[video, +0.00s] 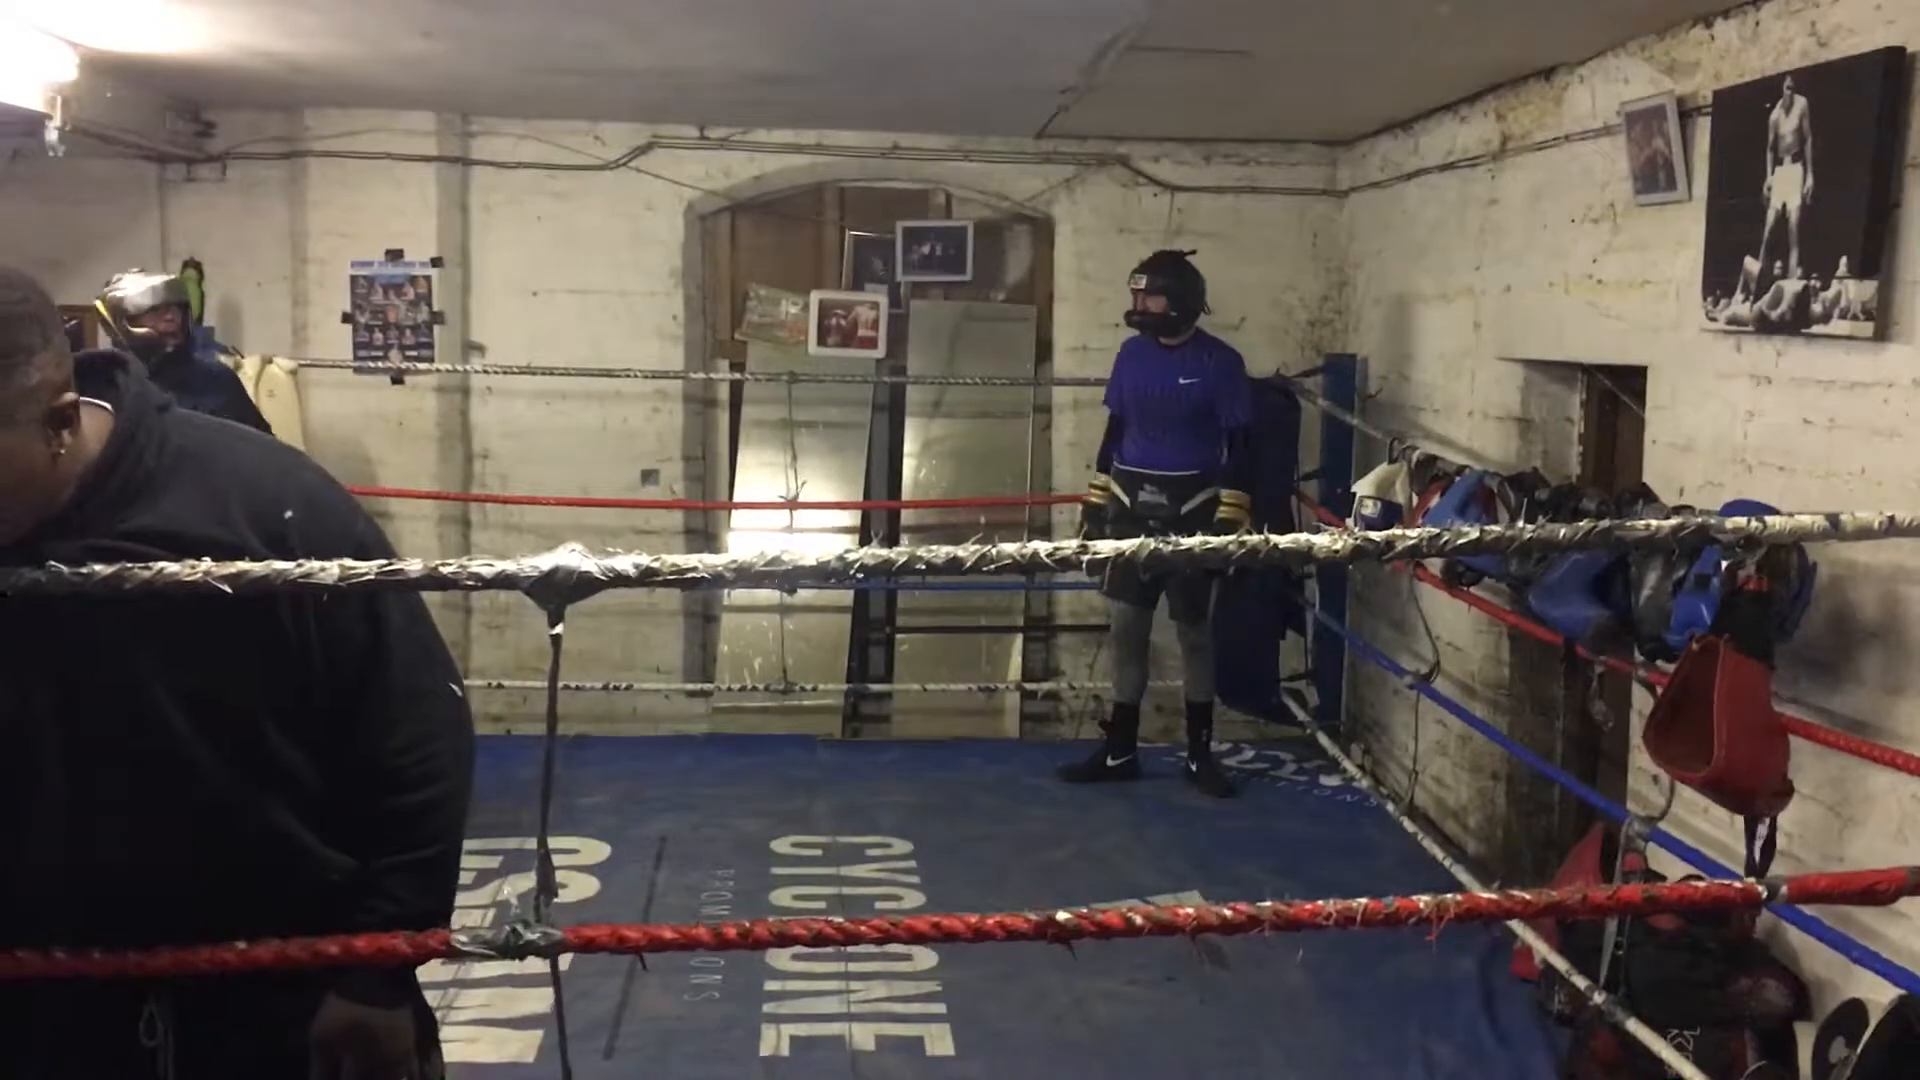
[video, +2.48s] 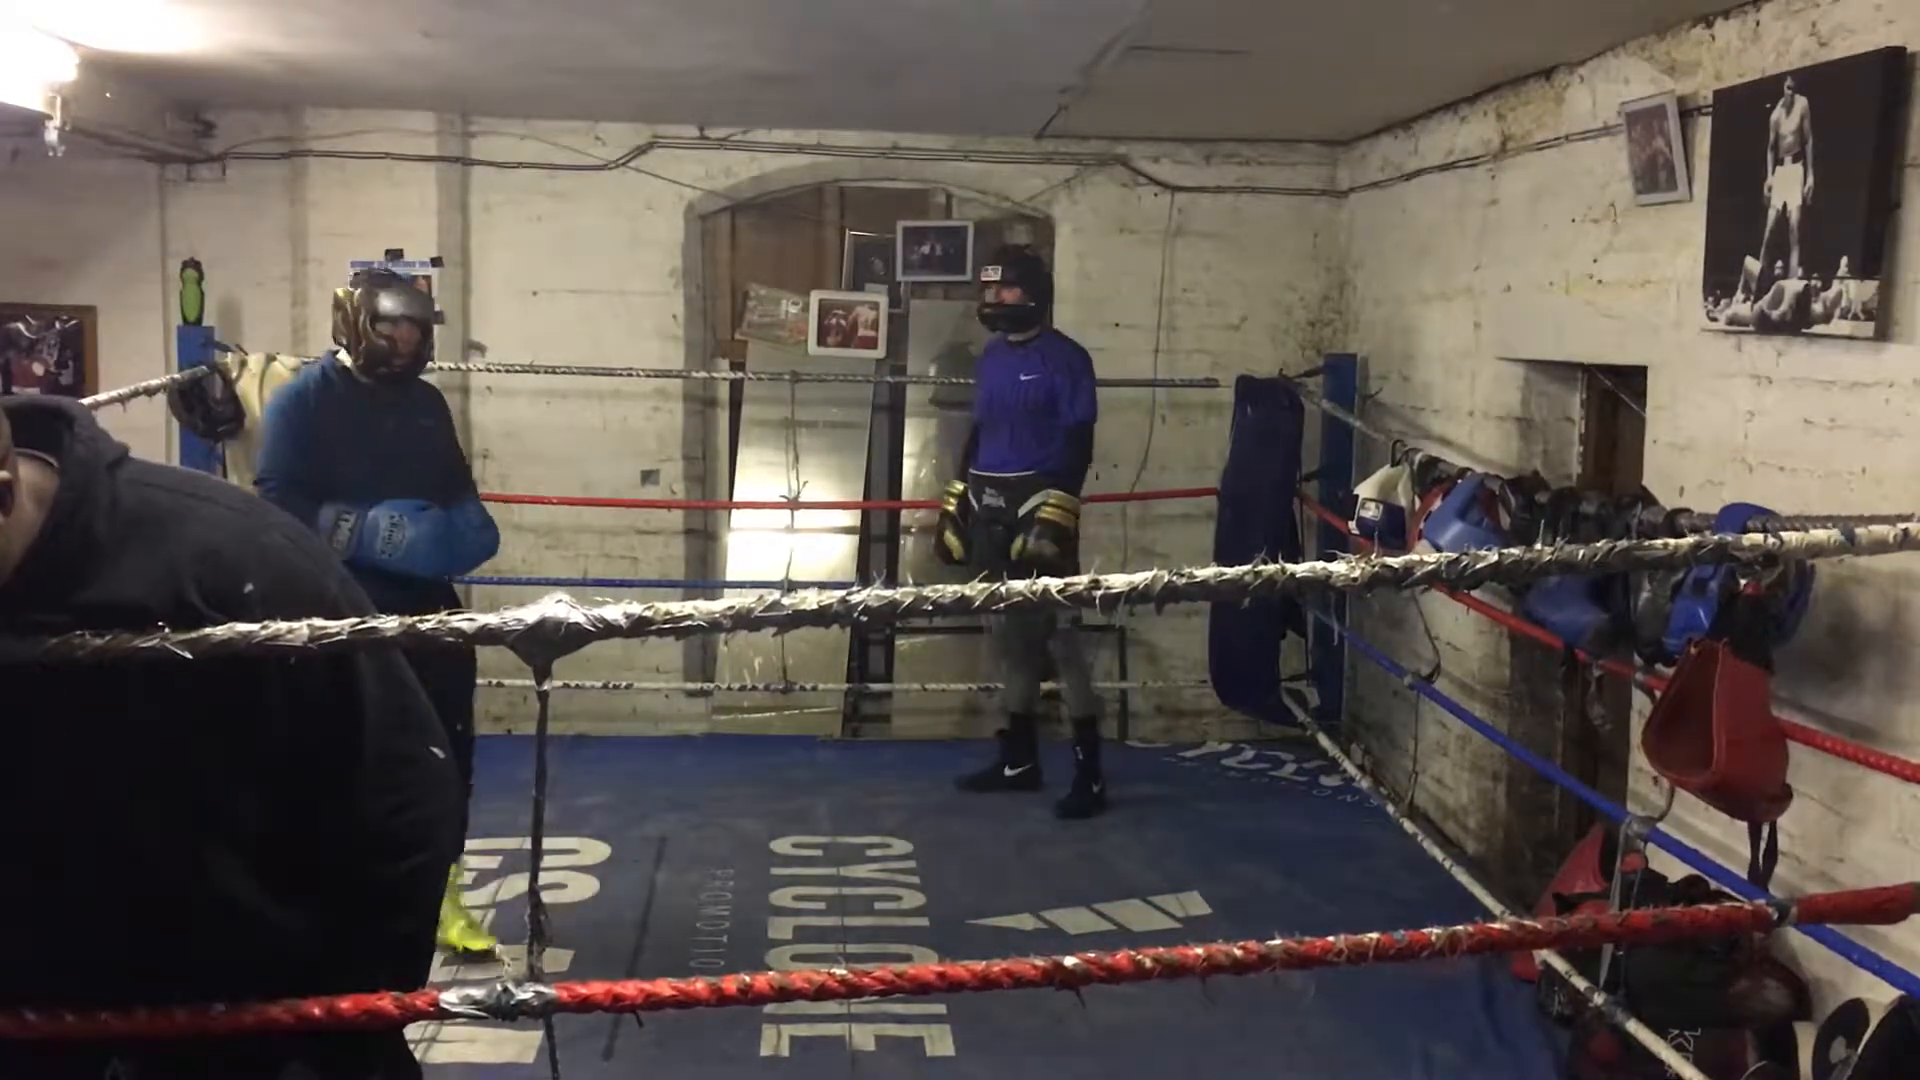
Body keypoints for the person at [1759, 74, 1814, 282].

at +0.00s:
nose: (1788, 92)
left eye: (1791, 89)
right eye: (1786, 89)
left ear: (1795, 90)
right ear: (1782, 89)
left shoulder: (1801, 104)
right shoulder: (1774, 115)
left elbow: (1808, 138)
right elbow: (1770, 147)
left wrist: (1810, 175)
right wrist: (1768, 175)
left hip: (1796, 164)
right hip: (1779, 166)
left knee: (1794, 220)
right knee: (1770, 220)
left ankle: (1793, 268)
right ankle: (1761, 266)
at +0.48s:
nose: (1789, 93)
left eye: (1792, 89)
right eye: (1787, 89)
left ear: (1797, 90)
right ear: (1783, 89)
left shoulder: (1802, 105)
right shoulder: (1775, 115)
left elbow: (1809, 139)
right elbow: (1771, 146)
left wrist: (1810, 175)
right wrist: (1769, 175)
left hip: (1797, 163)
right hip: (1780, 164)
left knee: (1794, 218)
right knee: (1771, 219)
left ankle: (1794, 267)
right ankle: (1762, 265)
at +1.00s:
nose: (1789, 93)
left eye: (1792, 90)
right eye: (1787, 89)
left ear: (1797, 90)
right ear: (1782, 88)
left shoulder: (1802, 104)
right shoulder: (1775, 114)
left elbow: (1808, 139)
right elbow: (1771, 146)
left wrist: (1810, 175)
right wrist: (1769, 175)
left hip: (1797, 163)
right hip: (1779, 165)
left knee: (1794, 220)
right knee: (1771, 220)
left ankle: (1794, 269)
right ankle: (1762, 266)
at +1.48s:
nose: (1789, 92)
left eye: (1792, 89)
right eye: (1787, 88)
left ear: (1797, 90)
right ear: (1783, 88)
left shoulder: (1802, 104)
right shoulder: (1775, 114)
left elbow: (1809, 139)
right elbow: (1771, 146)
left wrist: (1810, 175)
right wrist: (1769, 175)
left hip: (1797, 163)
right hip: (1780, 165)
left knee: (1794, 220)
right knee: (1771, 221)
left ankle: (1794, 269)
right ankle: (1762, 267)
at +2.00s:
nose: (1788, 92)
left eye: (1792, 89)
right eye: (1787, 88)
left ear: (1796, 90)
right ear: (1783, 88)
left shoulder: (1802, 104)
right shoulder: (1775, 114)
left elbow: (1808, 139)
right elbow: (1771, 146)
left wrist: (1810, 175)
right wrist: (1769, 175)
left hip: (1797, 164)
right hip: (1780, 165)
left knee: (1794, 219)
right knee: (1771, 219)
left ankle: (1794, 267)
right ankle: (1762, 265)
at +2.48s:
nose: (1789, 92)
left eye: (1792, 89)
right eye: (1787, 88)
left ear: (1797, 90)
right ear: (1783, 88)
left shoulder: (1802, 104)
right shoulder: (1775, 114)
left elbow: (1809, 138)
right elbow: (1770, 146)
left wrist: (1810, 175)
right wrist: (1769, 175)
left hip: (1796, 163)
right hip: (1779, 165)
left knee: (1794, 221)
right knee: (1771, 220)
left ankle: (1793, 271)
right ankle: (1761, 269)